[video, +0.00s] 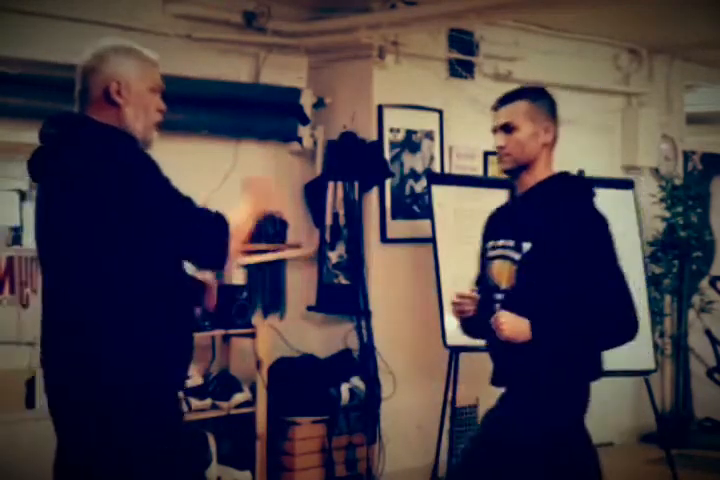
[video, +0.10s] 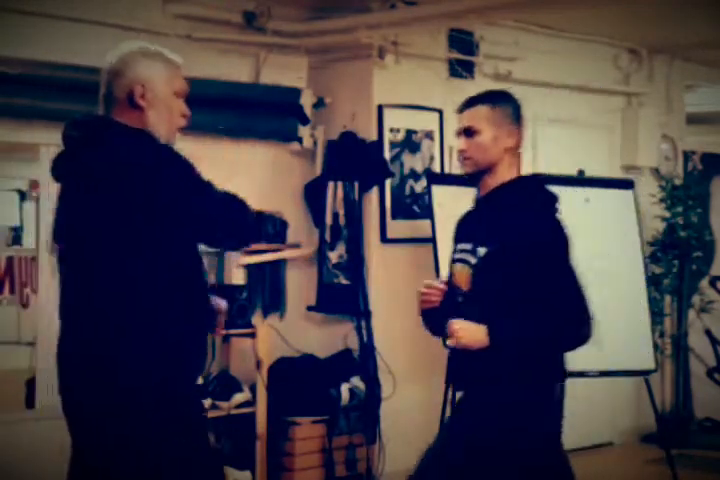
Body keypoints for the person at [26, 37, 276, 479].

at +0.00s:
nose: (163, 107)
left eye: (161, 95)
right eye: (156, 93)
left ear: (115, 93)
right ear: (118, 93)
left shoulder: (66, 157)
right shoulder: (116, 158)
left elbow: (119, 264)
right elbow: (212, 243)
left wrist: (197, 290)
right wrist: (247, 213)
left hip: (84, 380)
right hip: (129, 387)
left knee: (91, 469)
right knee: (154, 470)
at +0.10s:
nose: (187, 112)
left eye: (186, 99)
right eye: (179, 96)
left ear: (139, 97)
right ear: (141, 97)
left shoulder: (84, 165)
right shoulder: (155, 164)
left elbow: (120, 271)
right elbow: (229, 223)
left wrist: (198, 300)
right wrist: (273, 227)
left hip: (93, 378)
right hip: (151, 382)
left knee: (99, 470)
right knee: (186, 469)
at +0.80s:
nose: (328, 127)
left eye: (328, 114)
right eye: (322, 112)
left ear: (284, 110)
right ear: (290, 111)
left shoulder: (230, 173)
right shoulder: (290, 175)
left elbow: (323, 277)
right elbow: (341, 292)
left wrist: (375, 226)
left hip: (245, 384)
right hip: (293, 392)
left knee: (259, 469)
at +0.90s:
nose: (329, 126)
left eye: (328, 112)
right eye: (323, 111)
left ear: (285, 109)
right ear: (293, 111)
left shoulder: (229, 171)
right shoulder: (291, 174)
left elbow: (321, 275)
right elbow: (341, 290)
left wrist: (375, 224)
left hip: (244, 381)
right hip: (294, 389)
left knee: (258, 468)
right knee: (302, 469)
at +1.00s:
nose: (330, 129)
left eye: (330, 116)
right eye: (325, 114)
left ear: (287, 108)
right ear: (294, 109)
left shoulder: (231, 169)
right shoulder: (292, 175)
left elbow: (326, 260)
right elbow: (348, 294)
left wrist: (394, 219)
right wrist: (399, 359)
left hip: (244, 382)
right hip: (296, 390)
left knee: (259, 468)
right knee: (302, 469)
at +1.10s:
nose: (330, 131)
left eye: (331, 118)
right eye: (325, 116)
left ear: (287, 109)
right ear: (292, 110)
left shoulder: (233, 170)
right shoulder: (289, 176)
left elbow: (326, 252)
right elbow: (344, 291)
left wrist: (406, 217)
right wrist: (400, 362)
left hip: (247, 386)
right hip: (295, 393)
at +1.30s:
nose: (312, 130)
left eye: (312, 117)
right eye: (306, 115)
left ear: (267, 114)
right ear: (272, 116)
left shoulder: (206, 180)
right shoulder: (270, 183)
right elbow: (317, 294)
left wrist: (329, 253)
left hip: (228, 388)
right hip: (279, 396)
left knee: (253, 471)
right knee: (300, 470)